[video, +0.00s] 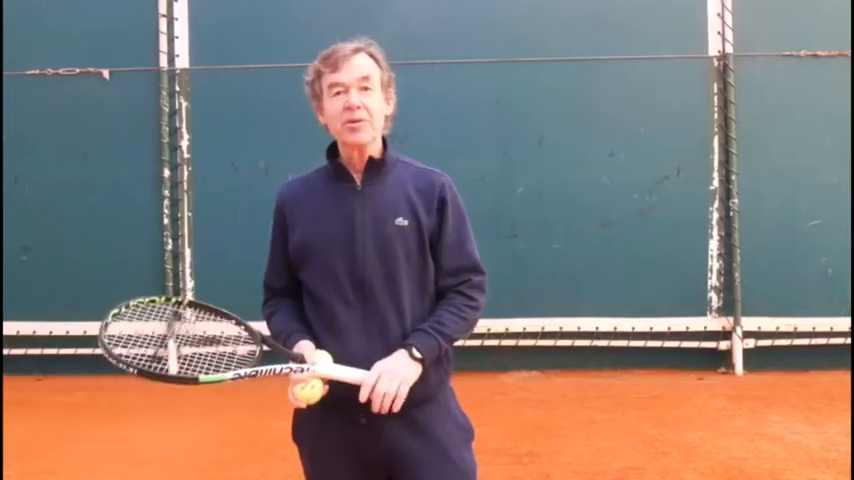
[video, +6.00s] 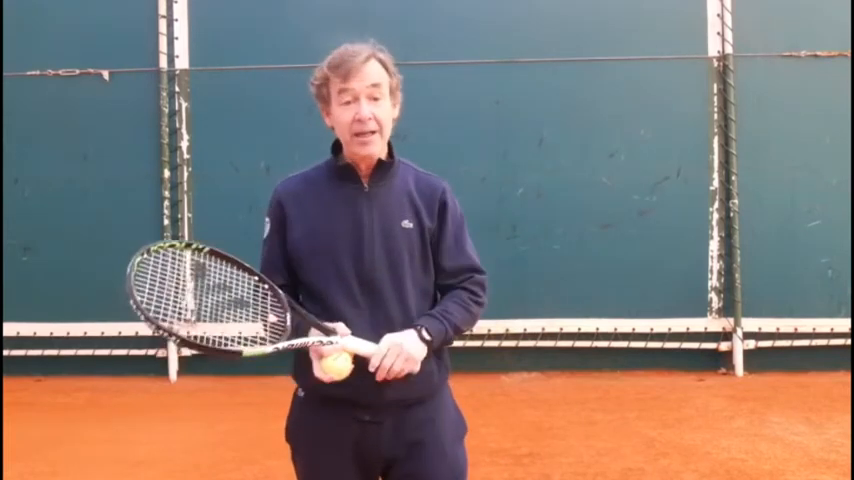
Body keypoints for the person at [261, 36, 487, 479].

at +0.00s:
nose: (353, 102)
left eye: (365, 88)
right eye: (338, 91)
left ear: (389, 103)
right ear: (321, 111)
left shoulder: (432, 190)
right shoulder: (294, 200)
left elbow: (467, 290)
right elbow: (279, 297)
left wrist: (412, 355)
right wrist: (300, 344)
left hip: (424, 421)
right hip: (330, 425)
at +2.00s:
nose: (326, 100)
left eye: (337, 87)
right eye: (311, 93)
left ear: (361, 101)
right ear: (297, 117)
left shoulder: (413, 184)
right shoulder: (277, 210)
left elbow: (455, 272)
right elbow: (268, 305)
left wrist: (422, 336)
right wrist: (295, 350)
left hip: (432, 410)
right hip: (342, 419)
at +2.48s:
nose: (378, 93)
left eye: (391, 81)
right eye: (364, 84)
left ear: (415, 101)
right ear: (347, 106)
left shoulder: (452, 196)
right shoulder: (310, 199)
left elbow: (484, 292)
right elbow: (288, 295)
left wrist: (440, 340)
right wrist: (316, 341)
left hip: (444, 420)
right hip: (349, 420)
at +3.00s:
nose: (432, 95)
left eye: (446, 83)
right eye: (417, 84)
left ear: (468, 102)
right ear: (397, 103)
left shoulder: (498, 203)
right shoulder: (352, 195)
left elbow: (528, 306)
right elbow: (326, 294)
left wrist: (489, 302)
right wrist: (351, 345)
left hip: (476, 432)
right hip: (377, 427)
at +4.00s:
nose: (431, 98)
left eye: (445, 83)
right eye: (415, 86)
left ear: (467, 100)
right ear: (395, 104)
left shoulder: (501, 199)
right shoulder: (357, 188)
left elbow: (527, 311)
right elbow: (332, 285)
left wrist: (450, 352)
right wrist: (345, 332)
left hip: (464, 433)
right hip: (364, 428)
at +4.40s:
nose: (378, 84)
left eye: (391, 73)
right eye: (364, 77)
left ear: (414, 94)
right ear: (345, 104)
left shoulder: (456, 190)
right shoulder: (314, 193)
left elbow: (498, 290)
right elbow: (295, 290)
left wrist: (445, 291)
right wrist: (315, 339)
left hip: (437, 423)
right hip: (340, 422)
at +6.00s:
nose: (364, 112)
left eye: (374, 98)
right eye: (348, 101)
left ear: (394, 106)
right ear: (328, 113)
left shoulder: (432, 196)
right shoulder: (292, 200)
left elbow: (469, 287)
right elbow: (274, 298)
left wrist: (422, 336)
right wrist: (313, 337)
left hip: (423, 417)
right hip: (328, 419)